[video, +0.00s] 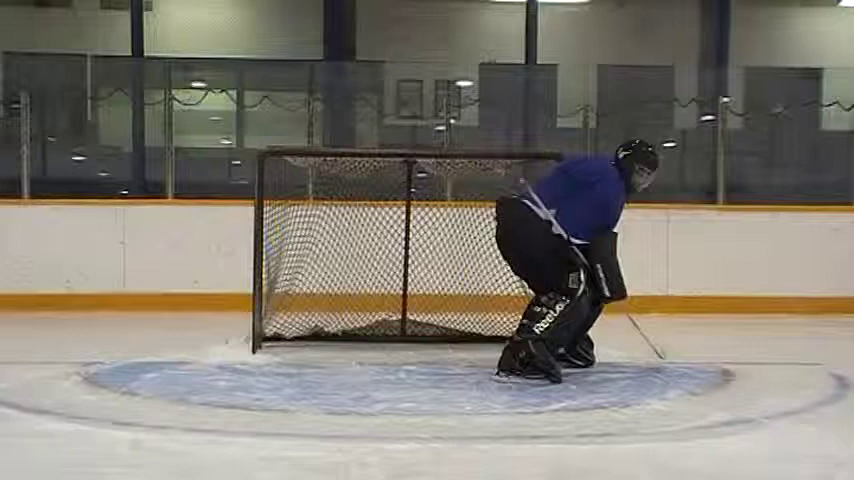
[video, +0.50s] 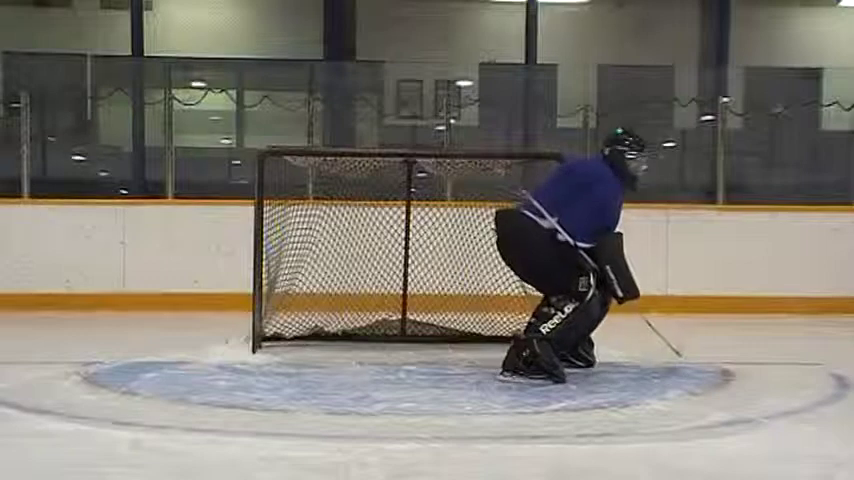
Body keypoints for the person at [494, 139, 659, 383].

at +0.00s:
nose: (645, 181)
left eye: (650, 176)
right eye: (643, 172)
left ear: (620, 159)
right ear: (630, 164)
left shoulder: (599, 170)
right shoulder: (610, 186)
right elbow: (600, 245)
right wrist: (615, 289)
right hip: (528, 223)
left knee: (589, 287)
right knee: (573, 288)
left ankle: (568, 341)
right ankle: (525, 350)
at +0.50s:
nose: (641, 169)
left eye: (643, 162)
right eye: (637, 161)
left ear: (611, 154)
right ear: (621, 159)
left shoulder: (585, 167)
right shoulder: (608, 187)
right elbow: (605, 244)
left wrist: (605, 274)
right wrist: (626, 289)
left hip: (514, 228)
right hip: (534, 237)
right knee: (589, 292)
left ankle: (569, 343)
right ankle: (531, 351)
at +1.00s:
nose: (627, 133)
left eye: (627, 126)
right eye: (620, 126)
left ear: (597, 131)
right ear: (603, 130)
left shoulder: (581, 153)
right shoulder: (600, 163)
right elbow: (590, 229)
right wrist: (606, 267)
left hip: (518, 221)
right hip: (535, 227)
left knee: (566, 285)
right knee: (591, 289)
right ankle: (539, 348)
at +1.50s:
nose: (614, 87)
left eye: (613, 80)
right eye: (608, 81)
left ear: (587, 86)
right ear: (590, 84)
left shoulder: (562, 117)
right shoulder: (591, 123)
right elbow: (584, 184)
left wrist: (618, 178)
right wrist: (598, 225)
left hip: (533, 209)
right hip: (557, 212)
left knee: (565, 275)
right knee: (592, 274)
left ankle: (536, 343)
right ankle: (548, 343)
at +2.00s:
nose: (610, 92)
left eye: (612, 85)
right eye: (603, 85)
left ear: (580, 90)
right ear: (587, 88)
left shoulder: (568, 117)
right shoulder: (586, 124)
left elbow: (573, 173)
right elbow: (569, 188)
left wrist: (606, 183)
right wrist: (592, 238)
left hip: (536, 213)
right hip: (556, 216)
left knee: (568, 279)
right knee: (595, 276)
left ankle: (541, 348)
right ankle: (553, 345)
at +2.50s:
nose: (623, 115)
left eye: (627, 109)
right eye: (622, 107)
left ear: (601, 97)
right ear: (607, 99)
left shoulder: (571, 113)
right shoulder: (591, 126)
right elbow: (586, 182)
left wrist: (606, 183)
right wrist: (605, 224)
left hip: (531, 207)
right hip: (553, 210)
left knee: (561, 279)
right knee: (586, 274)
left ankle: (537, 350)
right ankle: (548, 349)